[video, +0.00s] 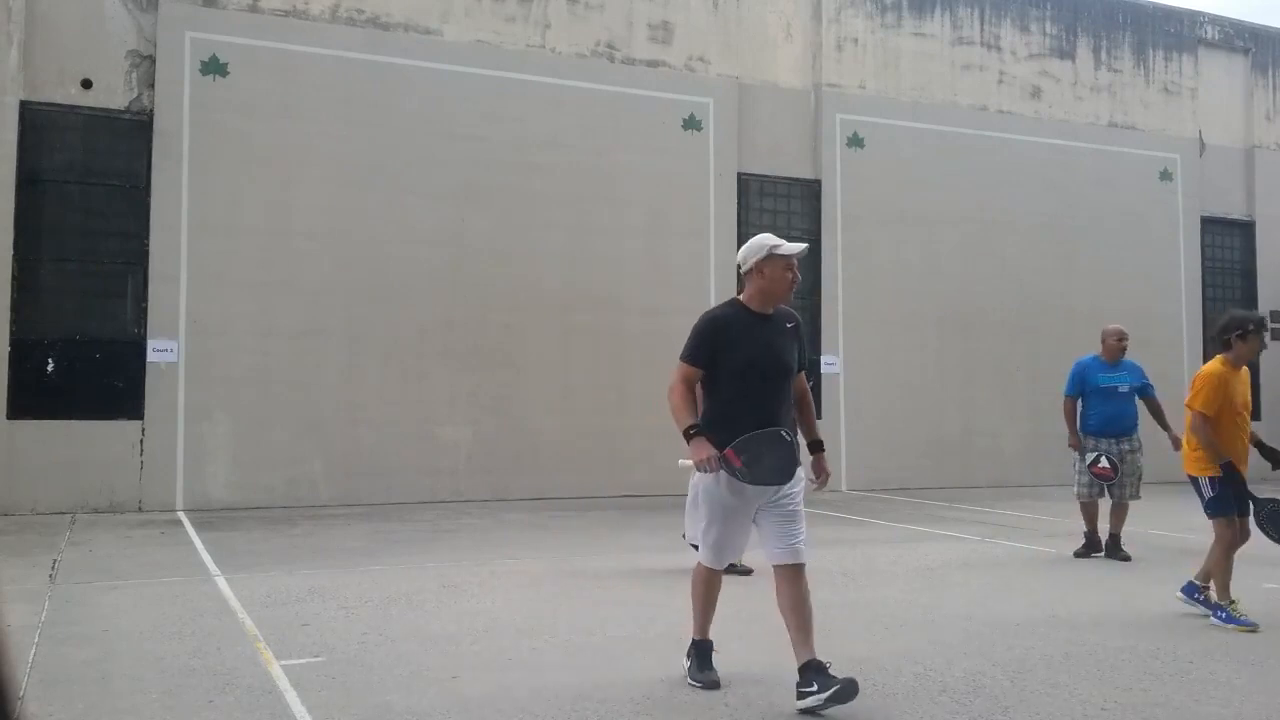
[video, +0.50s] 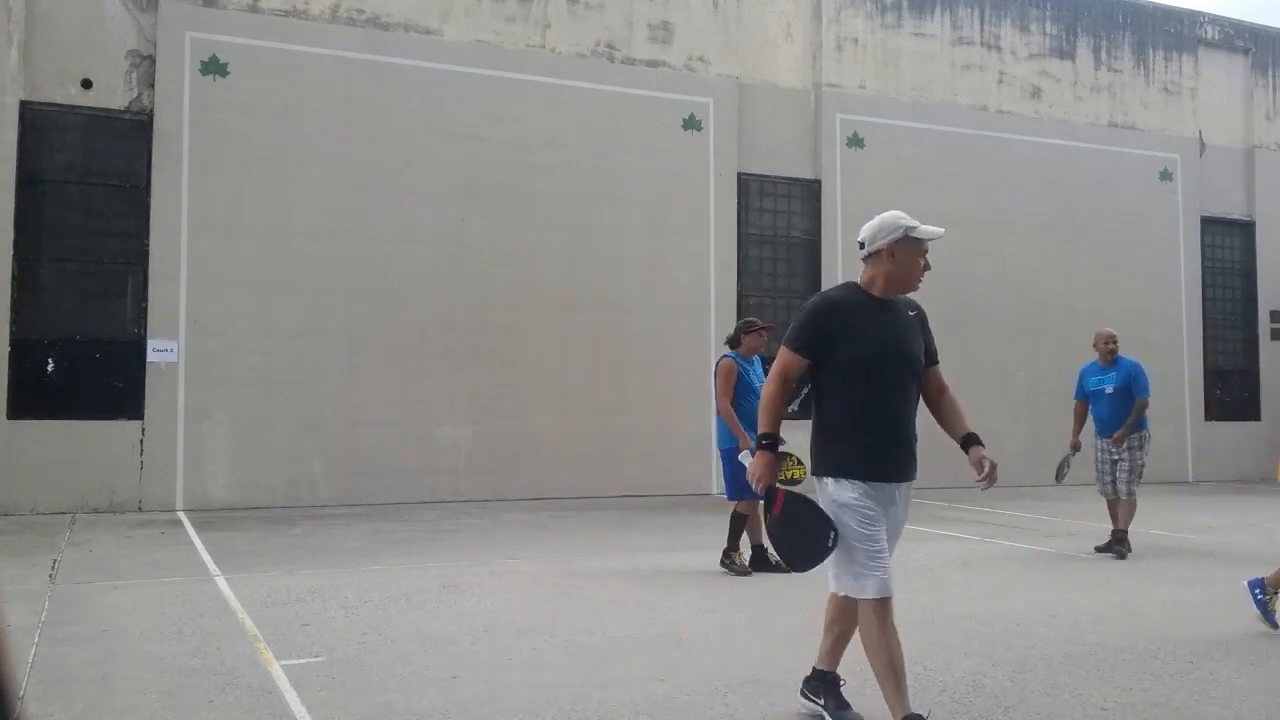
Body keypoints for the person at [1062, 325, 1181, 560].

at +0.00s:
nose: (1124, 344)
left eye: (1125, 340)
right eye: (1118, 340)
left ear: (1127, 343)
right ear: (1104, 343)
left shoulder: (1134, 370)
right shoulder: (1084, 367)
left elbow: (1151, 401)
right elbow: (1069, 401)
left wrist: (1169, 431)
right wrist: (1073, 434)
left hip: (1126, 442)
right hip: (1092, 441)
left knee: (1122, 495)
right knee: (1086, 493)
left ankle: (1114, 543)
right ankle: (1092, 540)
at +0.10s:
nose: (1120, 344)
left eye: (1122, 340)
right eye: (1114, 340)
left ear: (1125, 343)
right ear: (1101, 343)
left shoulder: (1135, 370)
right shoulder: (1082, 369)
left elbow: (1154, 402)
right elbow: (1070, 402)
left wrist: (1167, 430)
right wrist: (1069, 433)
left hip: (1127, 441)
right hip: (1093, 441)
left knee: (1124, 493)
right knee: (1093, 492)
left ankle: (1114, 542)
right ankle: (1103, 531)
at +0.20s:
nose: (1118, 344)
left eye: (1121, 340)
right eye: (1112, 340)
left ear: (1124, 343)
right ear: (1099, 344)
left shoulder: (1135, 371)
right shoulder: (1082, 369)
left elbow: (1152, 403)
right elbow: (1070, 402)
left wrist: (1161, 430)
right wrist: (1068, 433)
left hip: (1127, 440)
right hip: (1094, 440)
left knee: (1122, 491)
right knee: (1094, 491)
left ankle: (1114, 541)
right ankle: (1109, 527)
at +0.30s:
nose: (1114, 347)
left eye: (1117, 343)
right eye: (1109, 343)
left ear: (1121, 345)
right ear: (1097, 346)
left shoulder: (1133, 371)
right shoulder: (1083, 373)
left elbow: (1146, 405)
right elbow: (1073, 404)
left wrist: (1144, 434)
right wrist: (1067, 433)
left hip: (1126, 442)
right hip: (1097, 443)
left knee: (1122, 491)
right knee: (1103, 492)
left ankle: (1116, 539)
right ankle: (1117, 536)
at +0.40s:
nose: (1113, 347)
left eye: (1115, 343)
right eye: (1107, 343)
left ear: (1119, 345)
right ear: (1096, 347)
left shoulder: (1132, 370)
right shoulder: (1085, 373)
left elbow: (1143, 404)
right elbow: (1076, 405)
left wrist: (1132, 432)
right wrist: (1071, 435)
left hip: (1127, 440)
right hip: (1100, 441)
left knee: (1124, 489)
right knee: (1107, 491)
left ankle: (1116, 537)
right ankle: (1119, 536)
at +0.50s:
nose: (1112, 346)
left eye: (1114, 342)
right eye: (1106, 343)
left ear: (1119, 345)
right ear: (1096, 347)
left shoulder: (1132, 369)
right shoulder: (1087, 372)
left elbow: (1142, 403)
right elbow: (1081, 405)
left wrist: (1125, 431)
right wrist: (1075, 436)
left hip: (1131, 437)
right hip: (1103, 438)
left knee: (1126, 486)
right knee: (1108, 488)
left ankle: (1121, 537)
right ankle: (1117, 535)